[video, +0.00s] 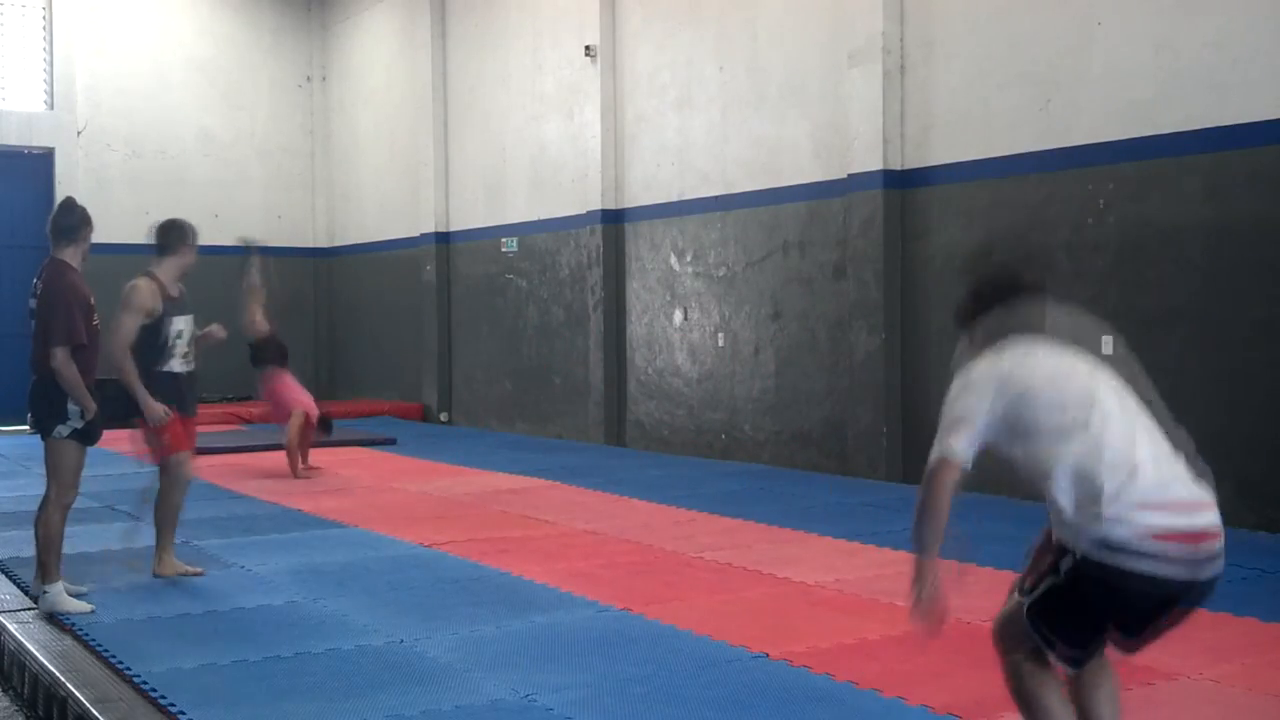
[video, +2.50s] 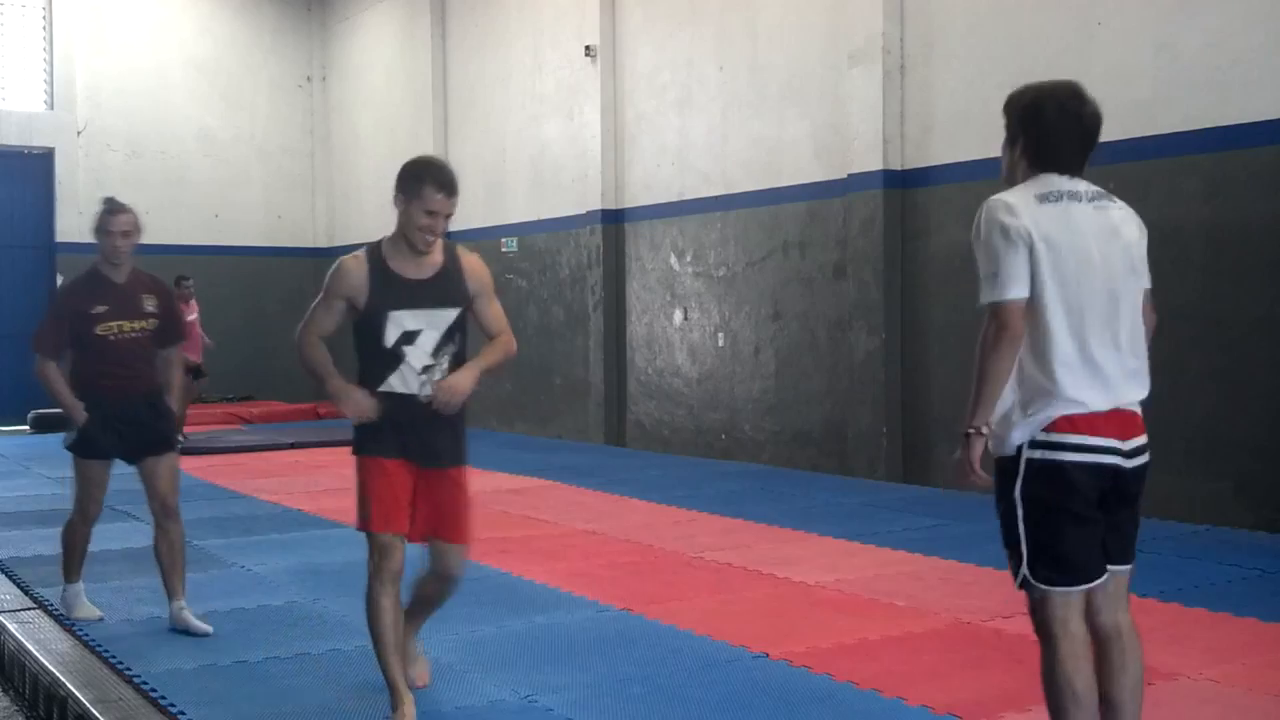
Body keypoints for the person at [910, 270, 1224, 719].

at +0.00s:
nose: (965, 349)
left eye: (967, 336)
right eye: (966, 337)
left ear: (978, 329)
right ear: (1033, 316)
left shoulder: (989, 368)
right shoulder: (1084, 365)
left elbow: (943, 472)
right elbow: (1093, 472)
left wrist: (925, 572)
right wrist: (1048, 556)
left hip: (1128, 551)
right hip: (1200, 553)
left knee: (1015, 634)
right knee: (1082, 640)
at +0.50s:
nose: (950, 494)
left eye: (950, 484)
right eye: (950, 484)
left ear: (962, 483)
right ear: (1019, 475)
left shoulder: (974, 523)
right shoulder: (1053, 512)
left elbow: (900, 589)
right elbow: (990, 599)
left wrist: (829, 621)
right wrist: (931, 633)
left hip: (1140, 697)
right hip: (1193, 688)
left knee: (990, 650)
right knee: (1035, 636)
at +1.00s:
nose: (944, 339)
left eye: (944, 329)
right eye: (943, 329)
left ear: (954, 327)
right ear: (1013, 314)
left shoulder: (966, 359)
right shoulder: (1047, 348)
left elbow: (900, 465)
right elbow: (1030, 442)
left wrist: (879, 498)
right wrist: (974, 492)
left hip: (1130, 530)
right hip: (1203, 531)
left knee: (1033, 628)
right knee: (1080, 635)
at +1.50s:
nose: (936, 211)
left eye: (939, 199)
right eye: (938, 199)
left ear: (952, 202)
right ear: (1010, 200)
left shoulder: (959, 251)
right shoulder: (1052, 247)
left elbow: (981, 348)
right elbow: (1118, 340)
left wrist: (974, 452)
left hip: (1087, 452)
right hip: (1154, 447)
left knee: (1088, 635)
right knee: (1128, 628)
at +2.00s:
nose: (987, 161)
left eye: (991, 151)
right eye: (989, 150)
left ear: (1004, 161)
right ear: (1069, 163)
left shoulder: (992, 231)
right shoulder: (1106, 235)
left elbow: (980, 347)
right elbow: (1120, 342)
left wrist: (947, 436)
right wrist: (1065, 399)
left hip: (1030, 462)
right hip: (1108, 460)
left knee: (1048, 631)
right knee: (1096, 623)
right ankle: (1113, 718)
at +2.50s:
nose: (1002, 146)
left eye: (1006, 135)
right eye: (1004, 134)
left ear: (1021, 142)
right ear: (1082, 146)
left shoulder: (1008, 209)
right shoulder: (1124, 216)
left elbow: (1007, 324)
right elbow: (1143, 320)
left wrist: (978, 423)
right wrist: (1114, 400)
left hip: (1049, 450)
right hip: (1125, 447)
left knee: (1061, 623)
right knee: (1113, 614)